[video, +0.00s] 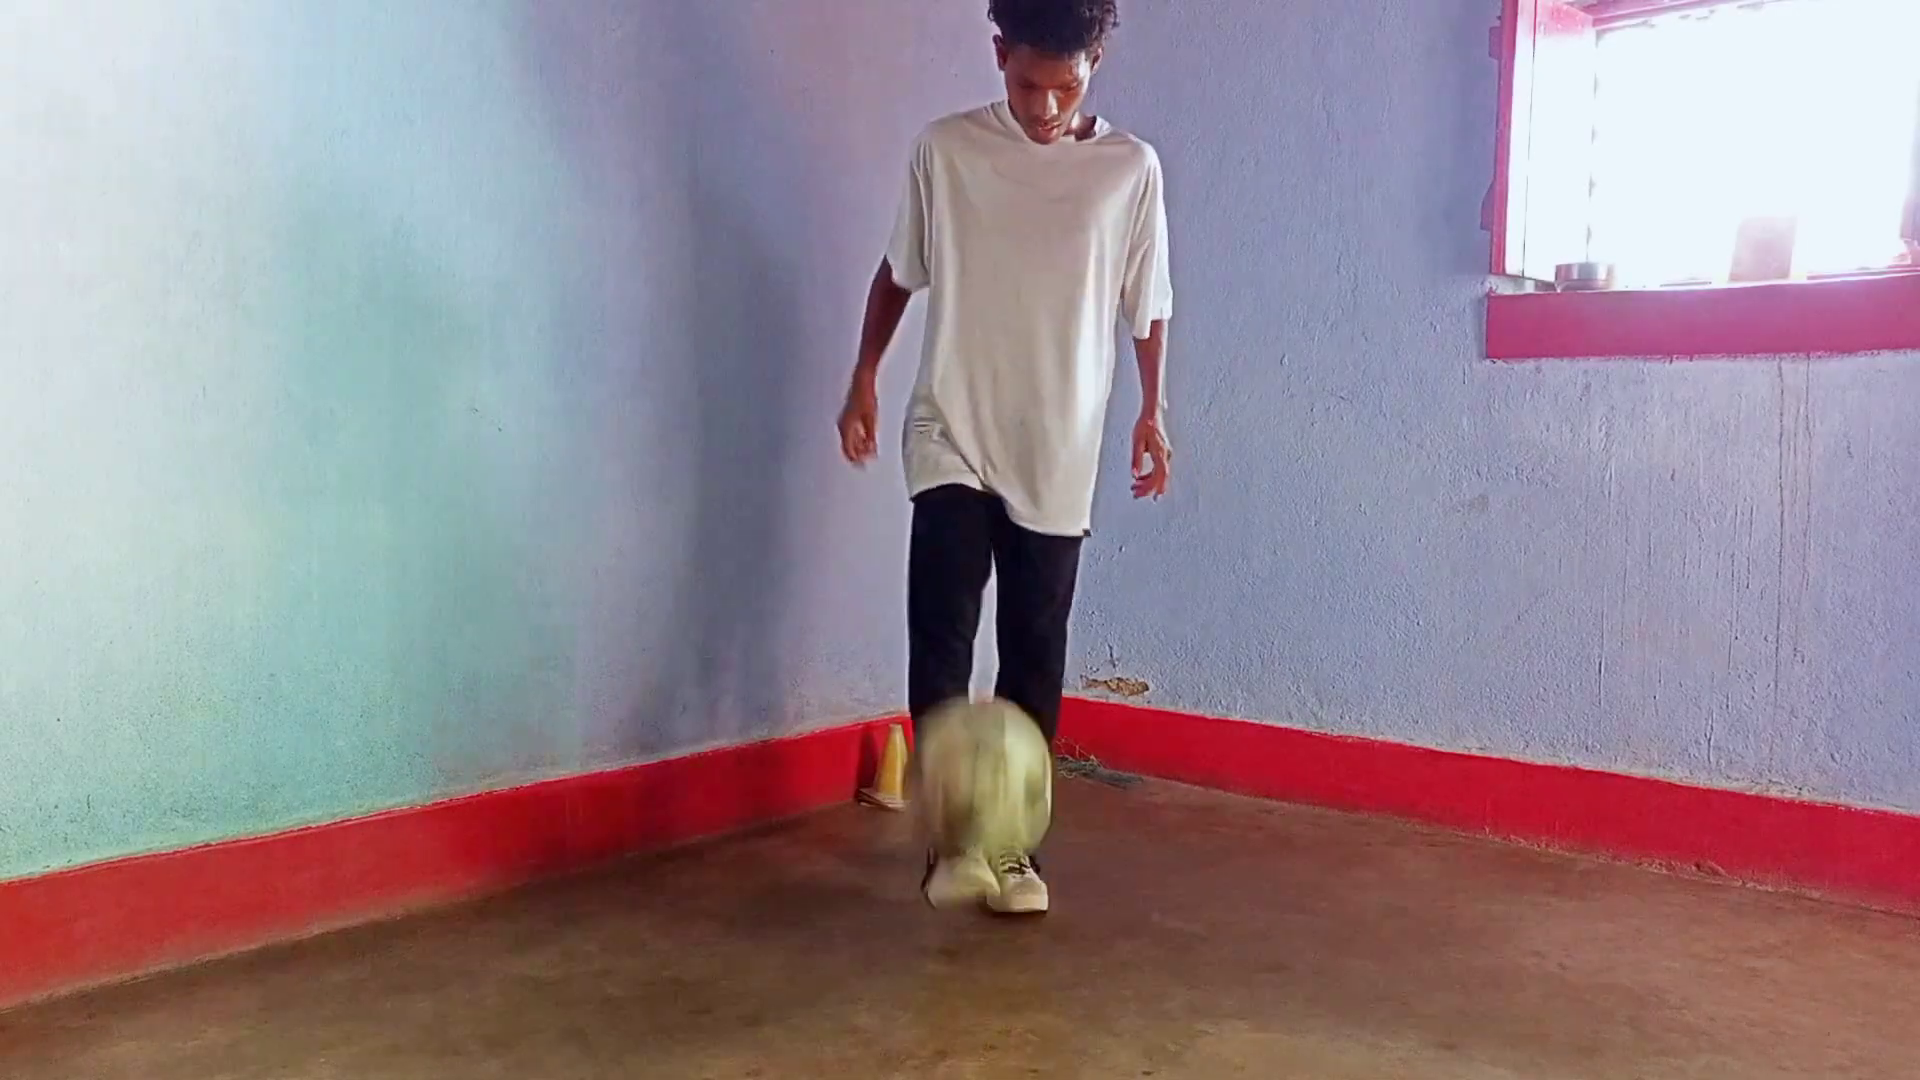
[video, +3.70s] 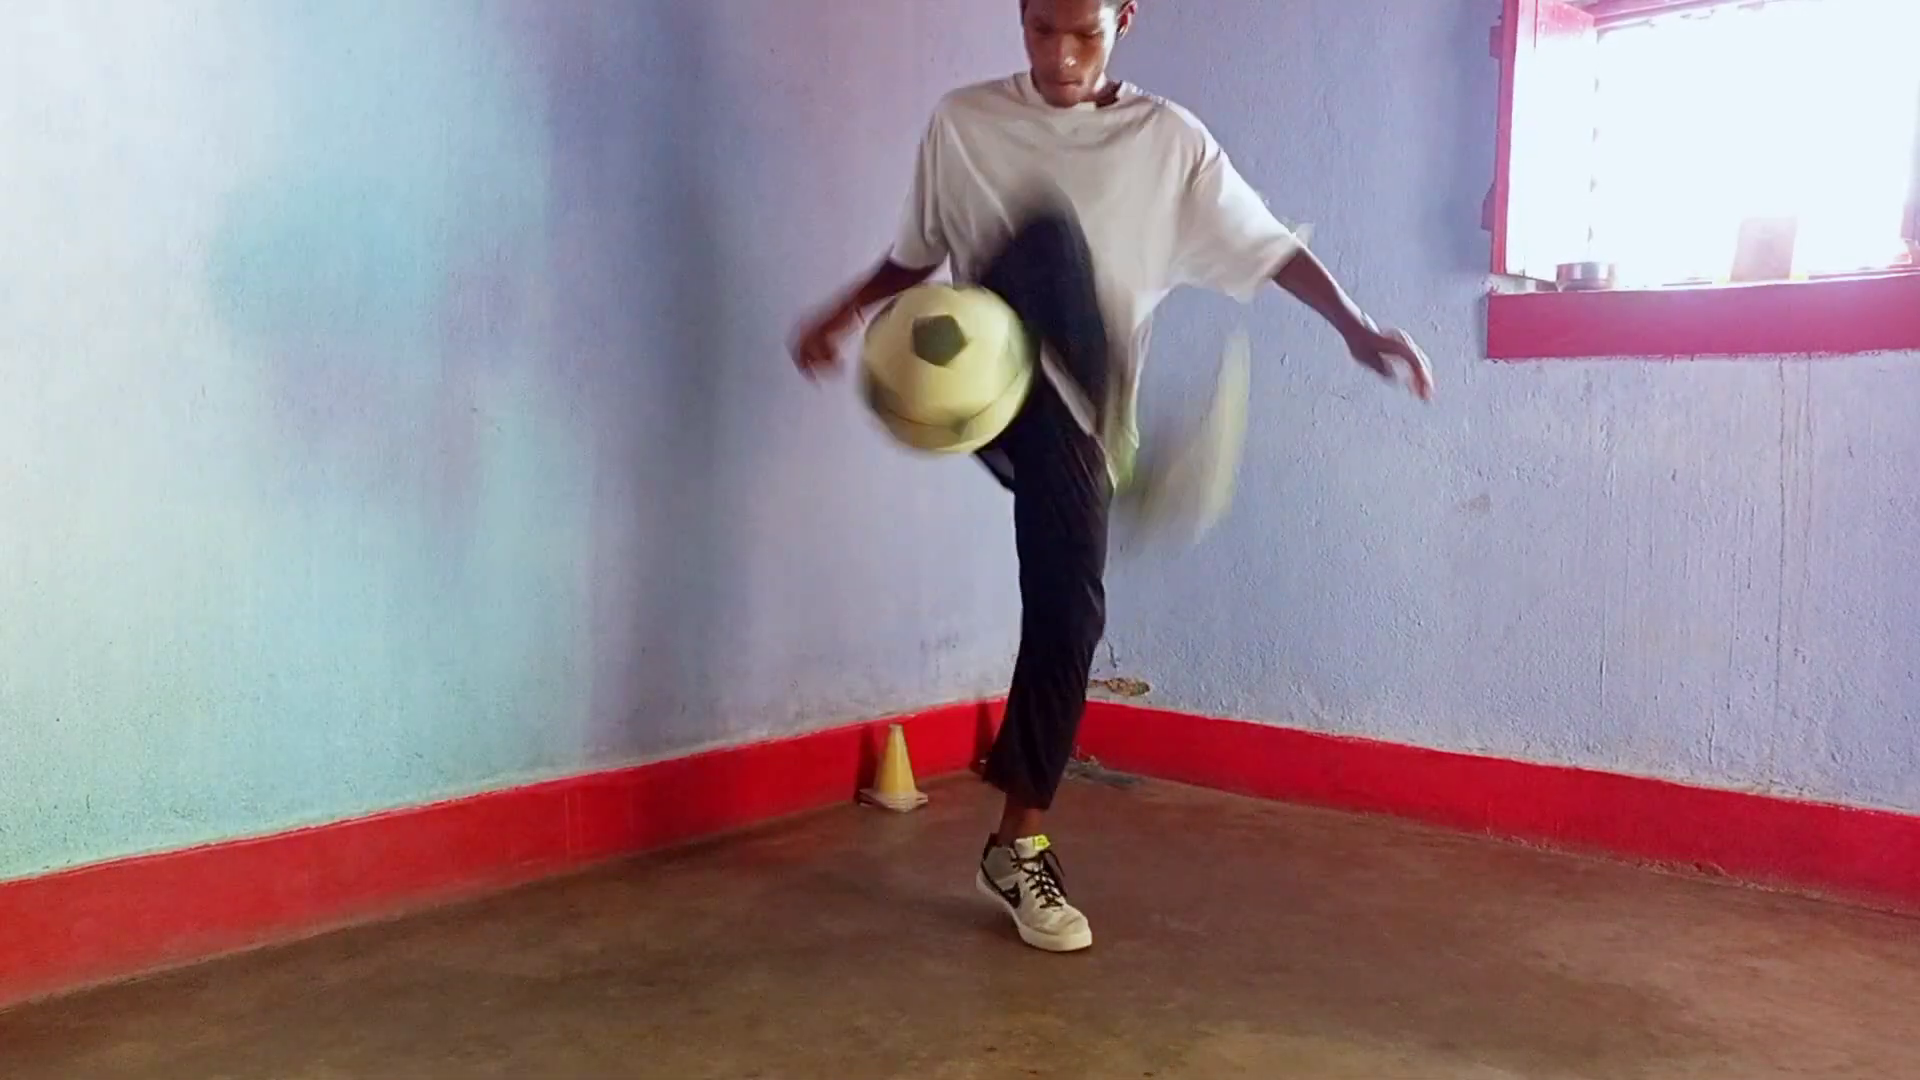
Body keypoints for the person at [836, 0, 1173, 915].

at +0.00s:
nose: (1047, 108)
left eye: (1067, 89)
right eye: (1029, 85)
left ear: (1096, 63)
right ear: (1000, 53)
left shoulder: (1132, 167)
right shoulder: (944, 148)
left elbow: (1147, 302)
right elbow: (898, 273)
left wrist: (1152, 411)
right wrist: (863, 377)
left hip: (1058, 444)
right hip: (953, 431)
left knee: (1035, 652)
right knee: (941, 638)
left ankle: (1017, 849)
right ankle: (953, 842)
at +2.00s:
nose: (1001, 97)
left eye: (1019, 77)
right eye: (983, 76)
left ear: (1043, 56)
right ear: (944, 46)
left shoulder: (1076, 143)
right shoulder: (884, 143)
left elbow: (1100, 281)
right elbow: (841, 283)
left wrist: (1116, 398)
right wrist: (809, 402)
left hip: (1036, 441)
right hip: (925, 442)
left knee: (1036, 649)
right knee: (926, 657)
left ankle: (1036, 847)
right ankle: (935, 860)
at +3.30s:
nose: (1115, 111)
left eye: (1135, 93)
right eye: (1099, 86)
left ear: (1155, 79)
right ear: (1063, 58)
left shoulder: (1164, 194)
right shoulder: (981, 140)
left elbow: (1191, 340)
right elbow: (904, 265)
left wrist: (1229, 458)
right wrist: (862, 362)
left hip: (1061, 456)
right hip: (959, 430)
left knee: (1060, 659)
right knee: (986, 586)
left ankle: (1035, 865)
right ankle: (984, 840)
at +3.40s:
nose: (1127, 97)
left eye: (1146, 81)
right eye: (1113, 73)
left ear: (1167, 73)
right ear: (1078, 48)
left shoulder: (1176, 178)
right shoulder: (1000, 122)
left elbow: (1202, 313)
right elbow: (911, 226)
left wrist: (1233, 422)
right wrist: (868, 323)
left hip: (1071, 437)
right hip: (975, 385)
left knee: (1064, 656)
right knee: (975, 476)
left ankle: (1022, 855)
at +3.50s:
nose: (1118, 71)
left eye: (1137, 53)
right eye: (1101, 47)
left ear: (1160, 47)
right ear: (1064, 31)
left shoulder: (1178, 152)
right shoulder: (991, 112)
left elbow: (1215, 277)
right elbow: (910, 211)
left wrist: (1257, 362)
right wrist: (830, 271)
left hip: (1085, 419)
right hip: (995, 376)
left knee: (1077, 623)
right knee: (998, 249)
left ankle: (1029, 839)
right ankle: (936, 405)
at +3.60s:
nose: (1090, 60)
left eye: (1112, 42)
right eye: (1074, 35)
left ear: (1140, 38)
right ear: (1044, 24)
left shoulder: (1174, 142)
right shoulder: (978, 112)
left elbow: (1254, 253)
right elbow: (916, 227)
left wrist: (1313, 336)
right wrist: (825, 265)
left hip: (1087, 384)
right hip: (978, 365)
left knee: (1073, 604)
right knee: (1001, 167)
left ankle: (1026, 843)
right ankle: (965, 369)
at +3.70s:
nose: (1062, 58)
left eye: (1086, 36)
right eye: (1046, 32)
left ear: (1122, 25)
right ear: (1021, 19)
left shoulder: (1167, 138)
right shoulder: (963, 121)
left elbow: (1265, 243)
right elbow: (922, 252)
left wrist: (1357, 328)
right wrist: (842, 313)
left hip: (1078, 411)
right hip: (980, 388)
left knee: (1069, 616)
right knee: (1045, 233)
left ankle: (1018, 846)